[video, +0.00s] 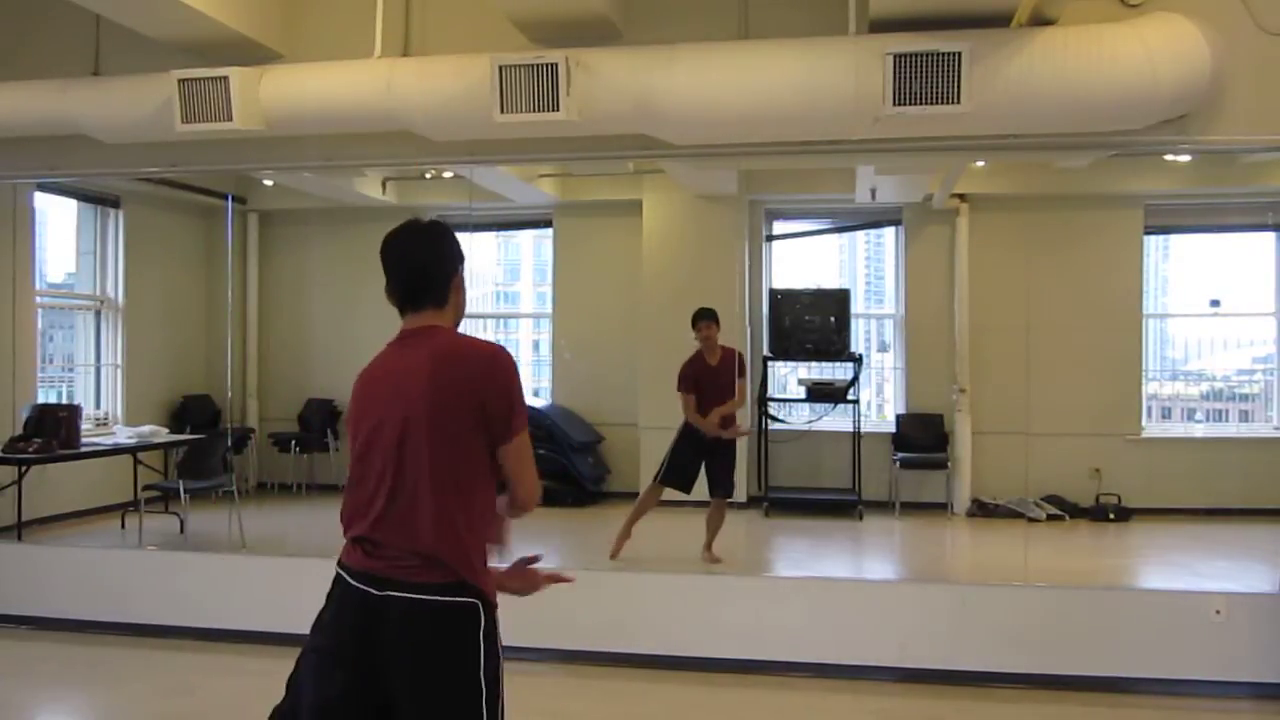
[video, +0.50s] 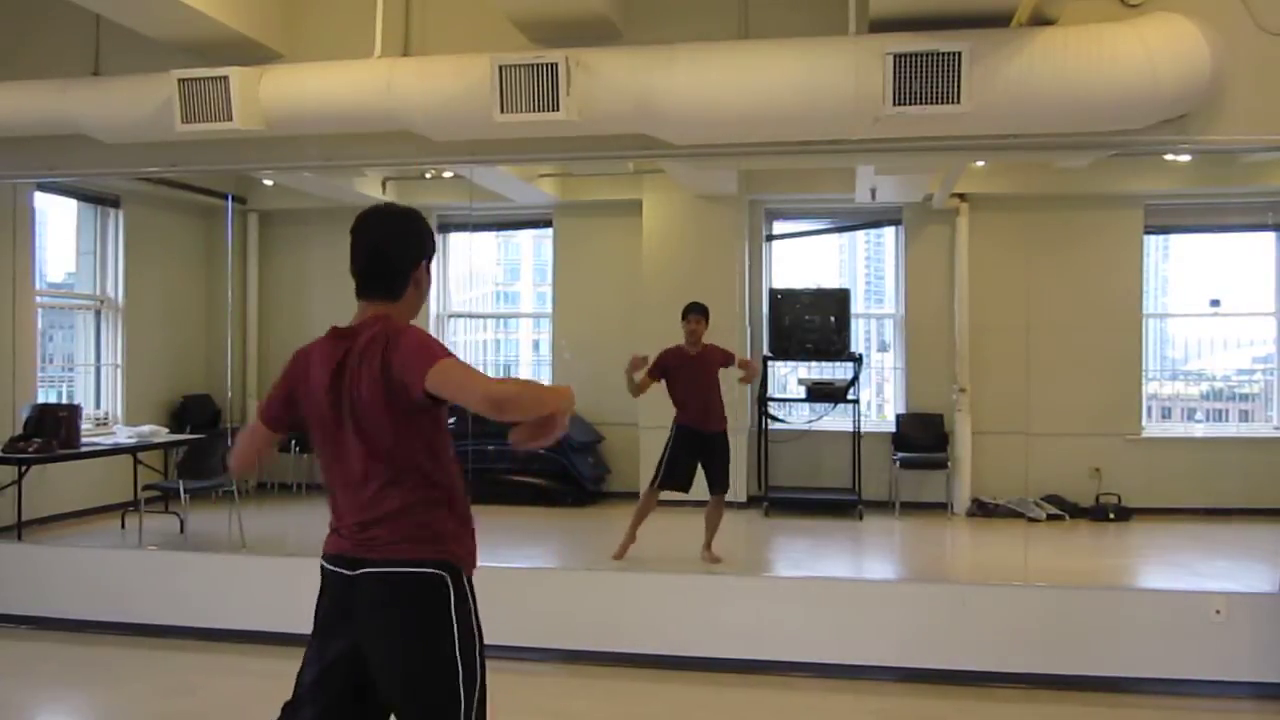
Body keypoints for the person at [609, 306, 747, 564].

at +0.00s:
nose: (706, 333)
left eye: (710, 327)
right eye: (700, 329)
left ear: (719, 329)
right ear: (695, 333)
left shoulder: (735, 359)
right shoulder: (689, 368)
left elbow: (740, 399)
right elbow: (690, 414)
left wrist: (717, 414)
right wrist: (721, 432)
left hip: (725, 433)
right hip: (694, 430)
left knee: (721, 497)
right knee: (660, 483)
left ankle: (708, 548)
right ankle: (625, 530)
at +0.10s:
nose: (698, 333)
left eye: (702, 327)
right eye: (693, 330)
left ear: (712, 328)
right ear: (688, 334)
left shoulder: (729, 351)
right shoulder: (690, 369)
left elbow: (729, 388)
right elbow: (711, 411)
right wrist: (749, 419)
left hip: (723, 432)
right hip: (694, 429)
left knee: (721, 497)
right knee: (660, 481)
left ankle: (708, 548)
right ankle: (625, 530)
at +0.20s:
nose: (692, 333)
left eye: (697, 328)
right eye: (687, 329)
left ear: (706, 329)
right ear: (682, 333)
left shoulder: (722, 347)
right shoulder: (686, 369)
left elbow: (739, 375)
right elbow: (706, 401)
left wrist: (708, 364)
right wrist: (733, 413)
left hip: (723, 429)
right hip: (695, 427)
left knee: (722, 497)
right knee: (660, 482)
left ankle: (708, 547)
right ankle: (625, 531)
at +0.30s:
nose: (688, 334)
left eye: (693, 328)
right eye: (683, 329)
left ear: (702, 329)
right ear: (677, 332)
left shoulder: (717, 349)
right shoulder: (680, 371)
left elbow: (747, 360)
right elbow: (687, 404)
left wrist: (747, 359)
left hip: (723, 428)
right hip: (693, 427)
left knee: (722, 496)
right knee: (660, 482)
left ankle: (707, 547)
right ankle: (625, 531)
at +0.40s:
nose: (689, 329)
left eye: (695, 324)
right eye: (685, 324)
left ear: (703, 327)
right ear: (679, 328)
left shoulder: (717, 353)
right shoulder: (674, 364)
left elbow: (747, 358)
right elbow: (659, 404)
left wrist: (751, 357)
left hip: (721, 428)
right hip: (692, 426)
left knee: (721, 494)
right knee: (659, 482)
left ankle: (707, 547)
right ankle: (626, 531)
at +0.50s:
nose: (692, 326)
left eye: (698, 322)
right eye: (688, 321)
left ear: (706, 326)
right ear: (682, 324)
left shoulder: (715, 354)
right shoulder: (669, 357)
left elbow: (747, 366)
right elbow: (636, 391)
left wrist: (752, 373)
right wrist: (629, 373)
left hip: (715, 431)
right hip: (684, 429)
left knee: (719, 494)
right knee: (656, 487)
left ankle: (707, 547)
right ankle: (629, 536)